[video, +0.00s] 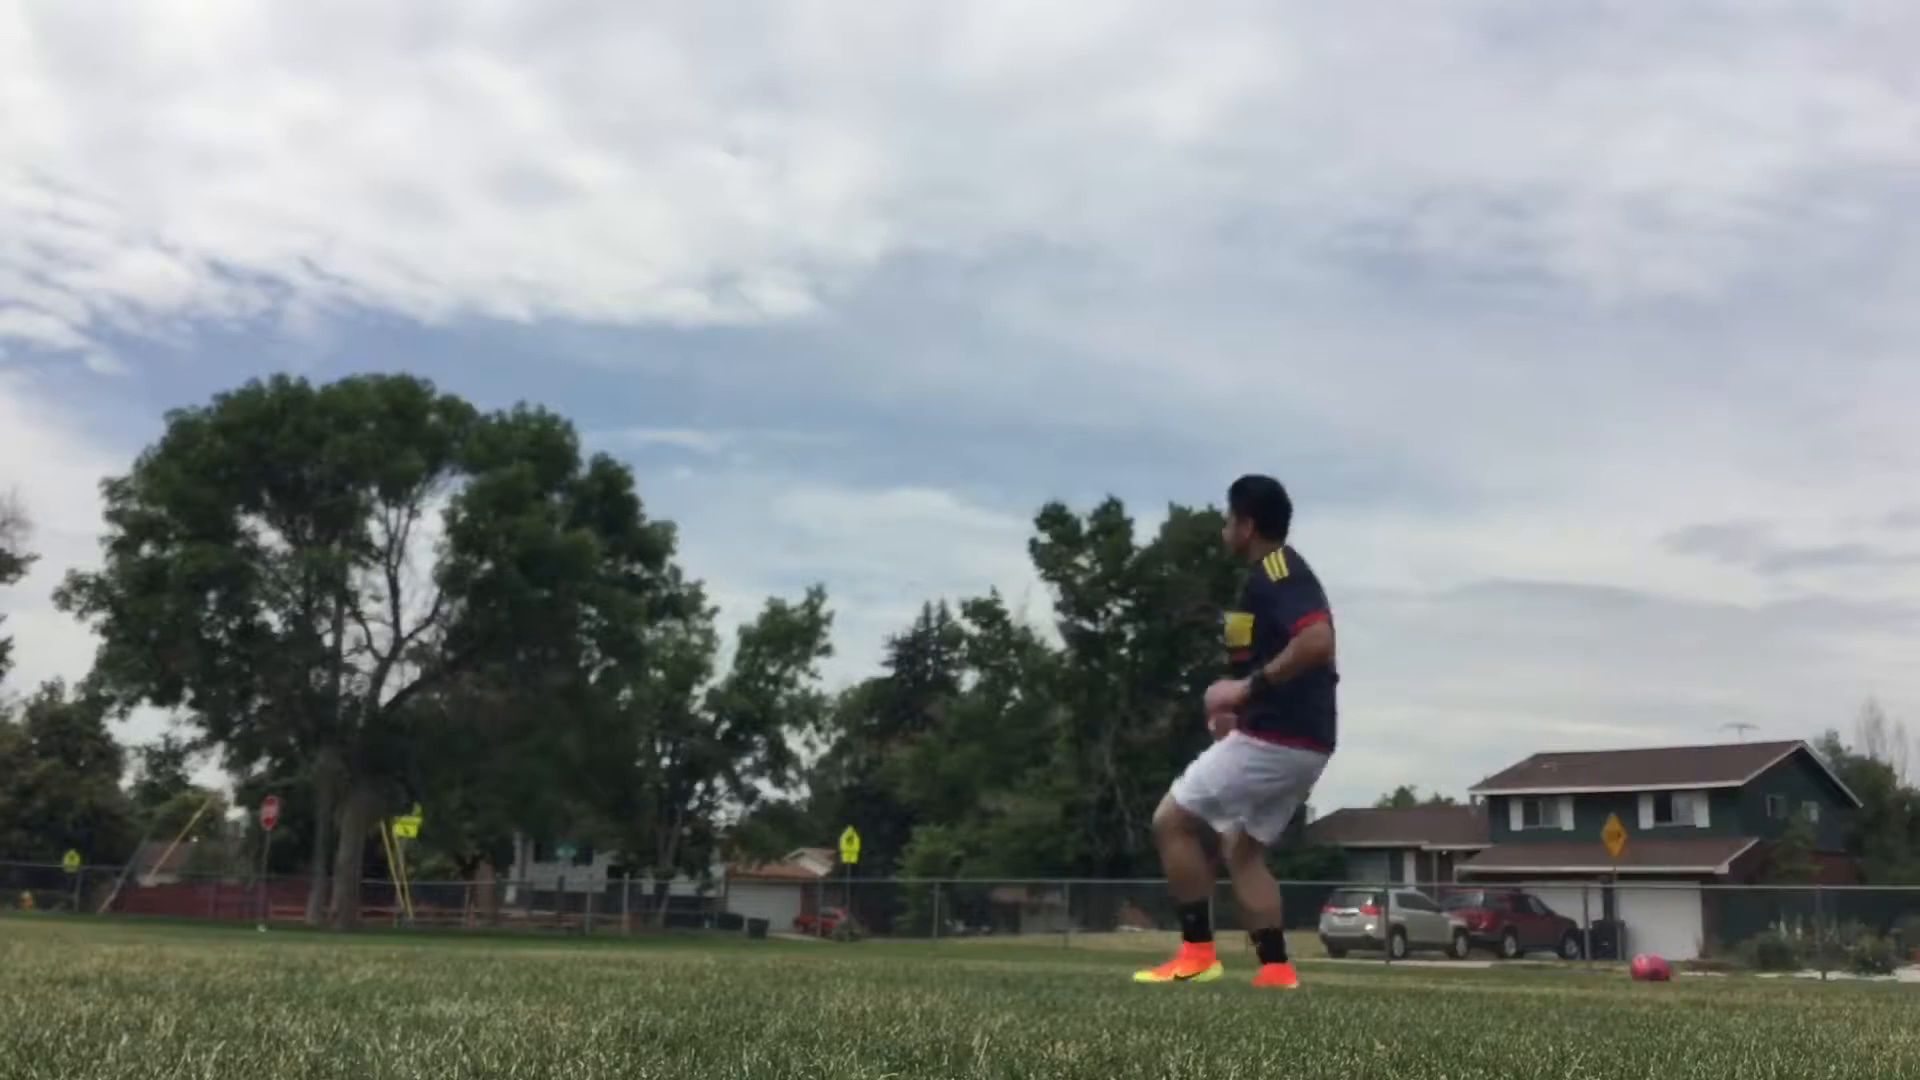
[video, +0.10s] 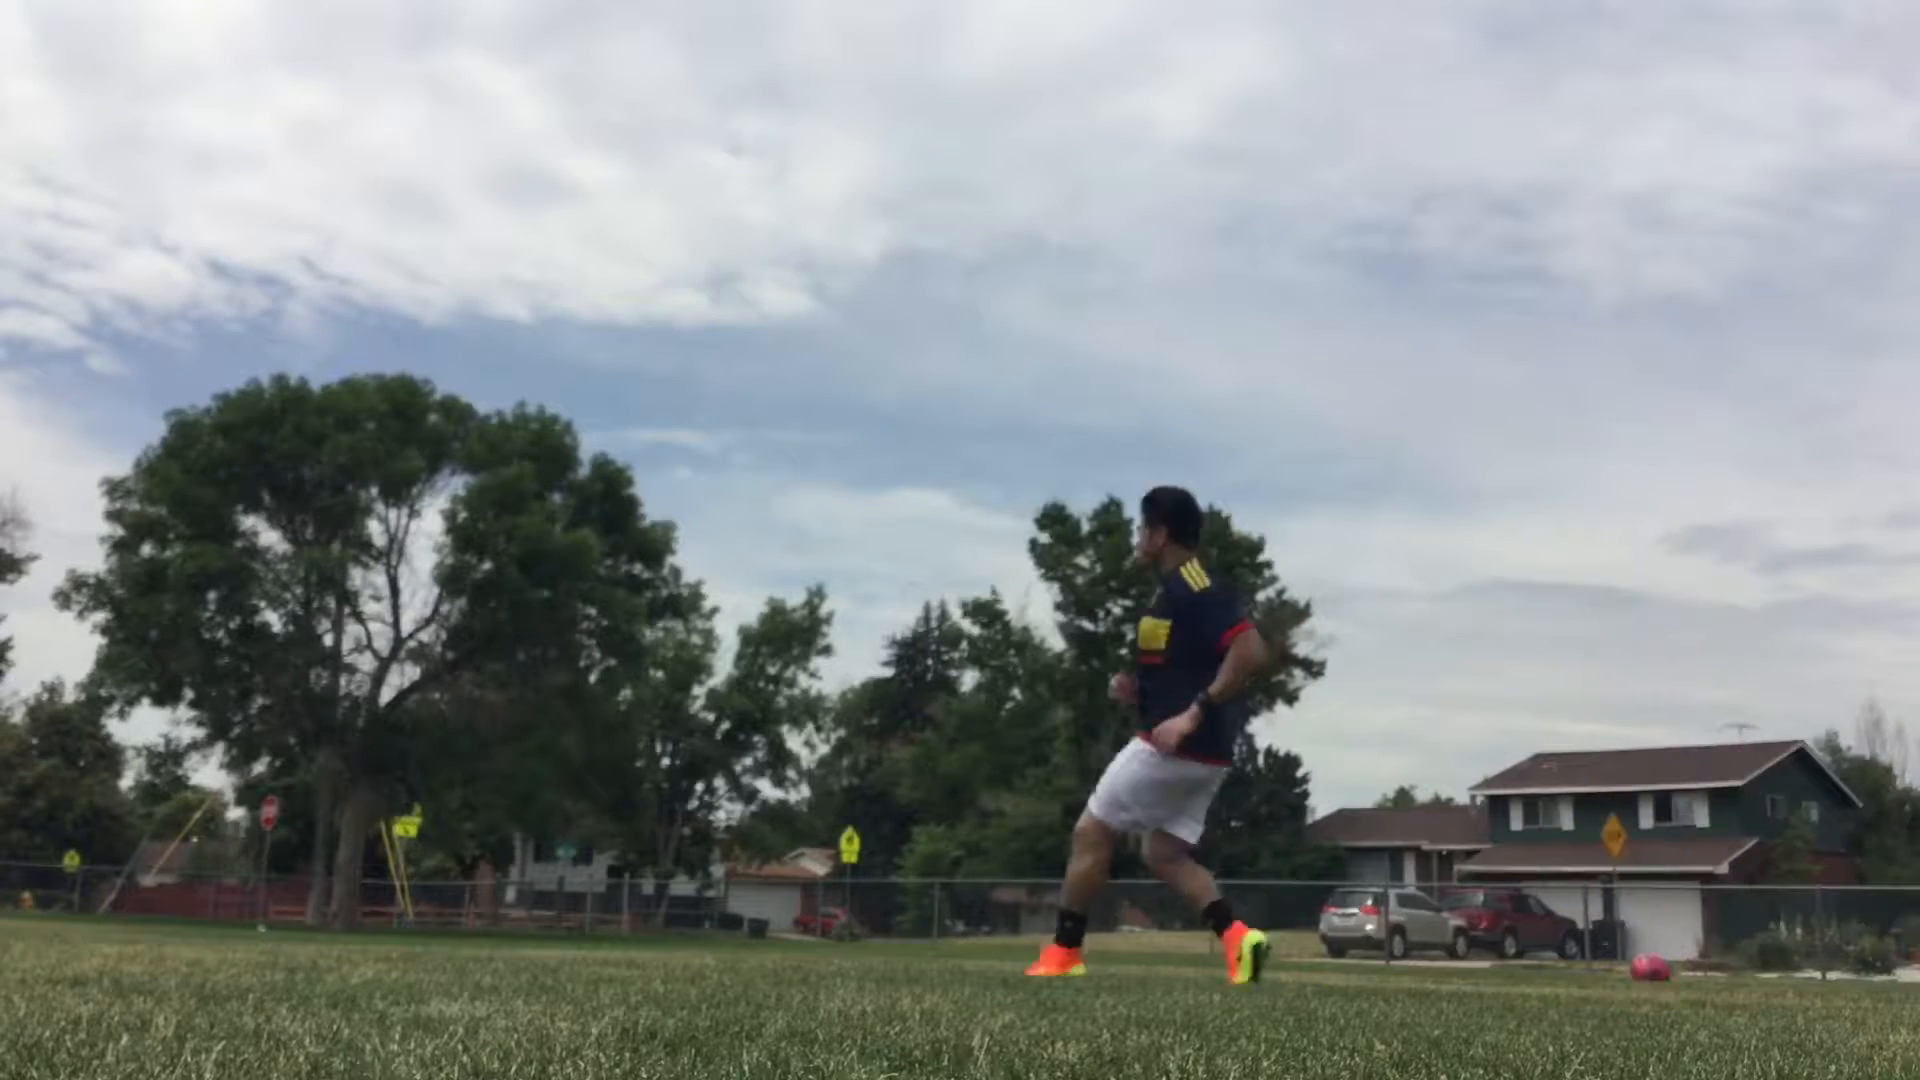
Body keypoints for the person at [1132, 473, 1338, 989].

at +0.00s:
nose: (1225, 531)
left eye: (1229, 520)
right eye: (1227, 520)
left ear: (1247, 524)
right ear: (1267, 524)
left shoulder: (1276, 568)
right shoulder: (1277, 573)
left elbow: (1316, 640)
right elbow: (1288, 664)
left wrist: (1249, 688)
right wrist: (1239, 712)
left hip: (1275, 737)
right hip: (1300, 742)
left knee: (1172, 821)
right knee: (1241, 850)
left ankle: (1197, 952)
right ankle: (1277, 969)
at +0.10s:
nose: (1137, 539)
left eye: (1142, 529)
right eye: (1140, 528)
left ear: (1161, 534)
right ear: (1175, 534)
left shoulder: (1194, 586)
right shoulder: (1179, 587)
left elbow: (1249, 650)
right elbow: (1193, 669)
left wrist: (1194, 712)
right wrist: (1141, 688)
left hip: (1171, 744)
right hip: (1203, 751)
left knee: (1091, 832)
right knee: (1166, 856)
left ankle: (1065, 949)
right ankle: (1234, 934)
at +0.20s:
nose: (1059, 549)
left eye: (1064, 539)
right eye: (1061, 538)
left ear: (1084, 541)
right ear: (1098, 541)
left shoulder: (1113, 591)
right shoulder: (1104, 590)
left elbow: (1149, 669)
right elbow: (1111, 663)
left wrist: (1092, 717)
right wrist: (1064, 683)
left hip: (1096, 742)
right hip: (1120, 748)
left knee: (1019, 836)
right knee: (1070, 832)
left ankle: (1053, 951)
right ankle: (1130, 915)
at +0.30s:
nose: (980, 566)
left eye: (985, 556)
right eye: (982, 556)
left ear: (1007, 556)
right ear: (1015, 557)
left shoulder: (1036, 591)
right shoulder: (1024, 597)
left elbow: (1072, 644)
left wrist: (1012, 672)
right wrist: (1005, 687)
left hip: (1044, 752)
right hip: (1055, 751)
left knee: (944, 816)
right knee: (1020, 840)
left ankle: (994, 915)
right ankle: (1037, 939)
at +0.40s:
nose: (906, 600)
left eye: (912, 590)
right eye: (907, 590)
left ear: (937, 593)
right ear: (942, 593)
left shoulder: (972, 632)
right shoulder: (954, 638)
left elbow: (1035, 670)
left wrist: (977, 712)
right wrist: (949, 728)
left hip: (983, 781)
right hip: (988, 780)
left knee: (882, 831)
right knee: (980, 874)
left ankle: (891, 917)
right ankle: (1011, 961)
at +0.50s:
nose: (832, 614)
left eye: (841, 605)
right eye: (833, 604)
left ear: (873, 610)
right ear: (864, 613)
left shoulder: (905, 654)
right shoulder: (872, 658)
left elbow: (975, 704)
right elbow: (916, 721)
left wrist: (956, 774)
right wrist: (872, 751)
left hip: (908, 793)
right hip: (919, 788)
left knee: (824, 860)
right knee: (946, 872)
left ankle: (825, 944)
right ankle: (1005, 953)